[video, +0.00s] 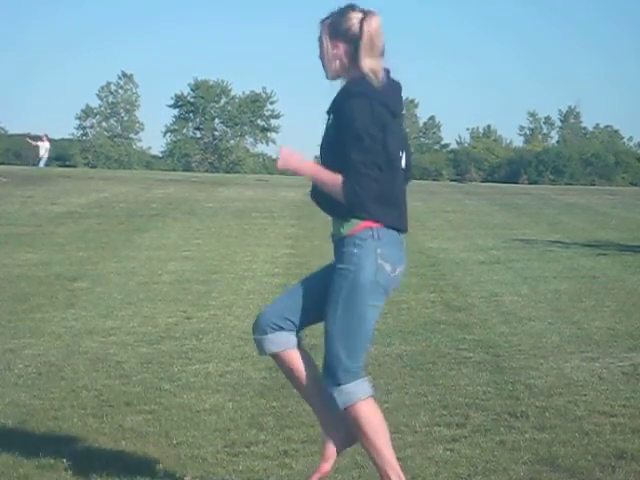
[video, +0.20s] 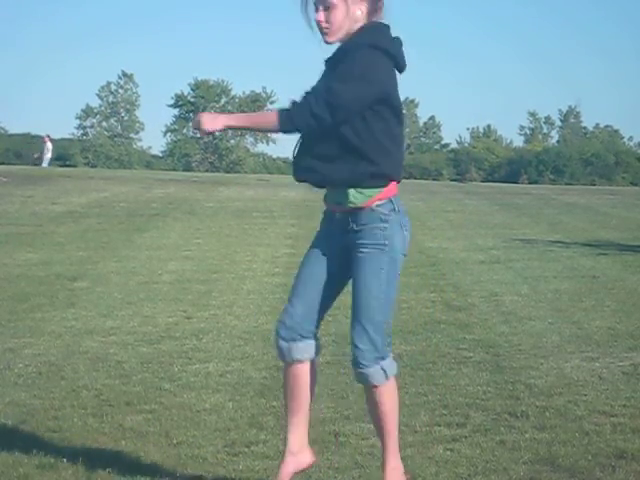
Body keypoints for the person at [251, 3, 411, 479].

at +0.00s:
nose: (319, 54)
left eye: (324, 45)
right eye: (321, 45)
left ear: (344, 48)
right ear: (352, 48)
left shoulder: (358, 98)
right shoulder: (378, 95)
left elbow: (364, 189)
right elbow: (400, 172)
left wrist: (305, 168)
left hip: (367, 248)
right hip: (372, 246)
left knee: (344, 377)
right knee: (272, 325)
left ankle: (395, 474)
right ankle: (334, 425)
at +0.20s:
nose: (319, 16)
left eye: (329, 5)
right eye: (316, 7)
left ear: (362, 7)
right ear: (318, 11)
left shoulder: (367, 57)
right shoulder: (346, 59)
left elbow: (306, 115)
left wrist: (228, 120)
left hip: (377, 221)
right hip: (337, 219)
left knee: (370, 352)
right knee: (295, 332)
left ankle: (393, 464)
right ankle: (297, 450)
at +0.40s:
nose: (333, 65)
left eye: (343, 55)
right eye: (327, 57)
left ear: (370, 59)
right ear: (323, 64)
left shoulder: (374, 110)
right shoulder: (332, 116)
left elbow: (308, 166)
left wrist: (239, 127)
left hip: (374, 270)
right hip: (326, 271)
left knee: (367, 397)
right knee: (270, 378)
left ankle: (398, 476)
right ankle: (299, 476)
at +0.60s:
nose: (331, 49)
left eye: (341, 39)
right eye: (324, 42)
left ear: (368, 43)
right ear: (318, 49)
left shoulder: (381, 93)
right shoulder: (317, 97)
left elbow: (328, 144)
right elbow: (308, 167)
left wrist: (284, 92)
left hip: (364, 254)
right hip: (306, 254)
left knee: (380, 378)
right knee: (264, 367)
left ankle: (398, 472)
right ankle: (292, 470)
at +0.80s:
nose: (331, 45)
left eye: (341, 34)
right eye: (323, 38)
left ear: (365, 36)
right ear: (317, 44)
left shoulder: (378, 76)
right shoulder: (318, 85)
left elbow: (317, 99)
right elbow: (302, 152)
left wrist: (245, 77)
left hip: (356, 249)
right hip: (290, 242)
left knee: (387, 367)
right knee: (249, 357)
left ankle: (406, 470)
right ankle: (219, 470)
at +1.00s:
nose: (330, 86)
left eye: (341, 78)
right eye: (322, 77)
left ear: (357, 88)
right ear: (310, 86)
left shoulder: (375, 155)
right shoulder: (277, 146)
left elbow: (409, 230)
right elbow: (228, 205)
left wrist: (355, 214)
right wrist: (255, 219)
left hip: (348, 303)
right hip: (279, 299)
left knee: (381, 416)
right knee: (213, 400)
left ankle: (400, 477)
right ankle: (199, 478)